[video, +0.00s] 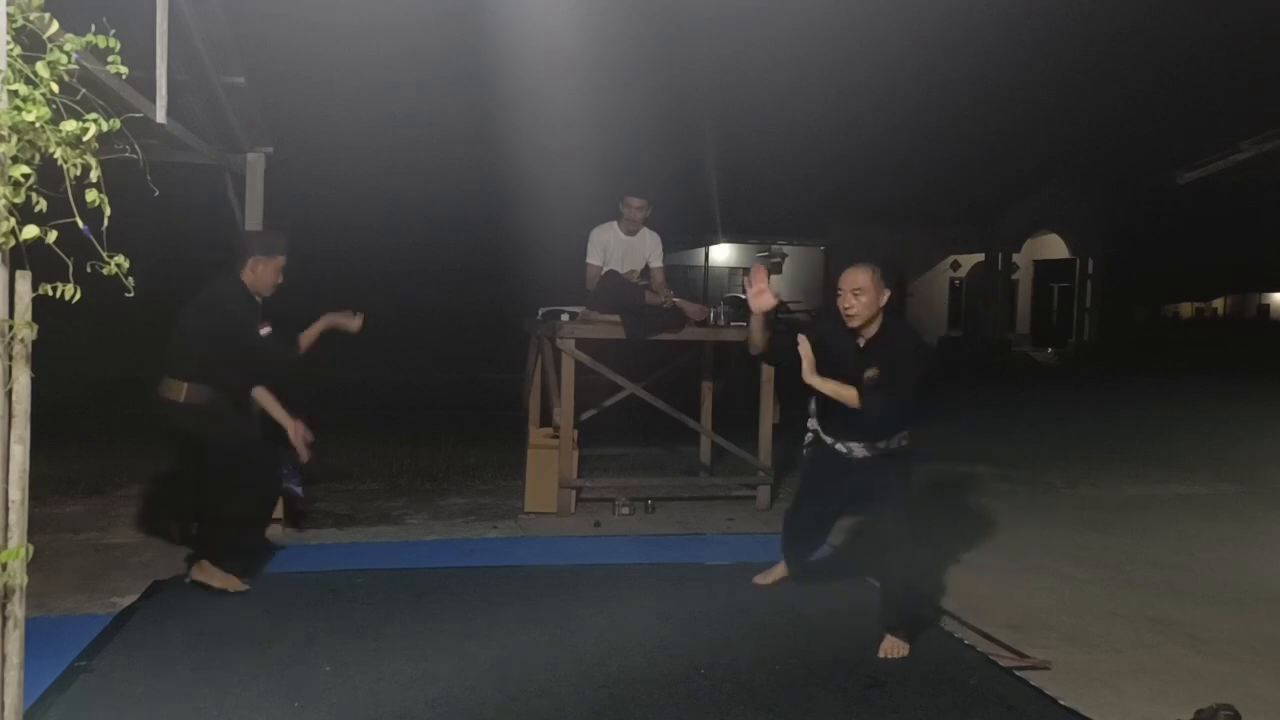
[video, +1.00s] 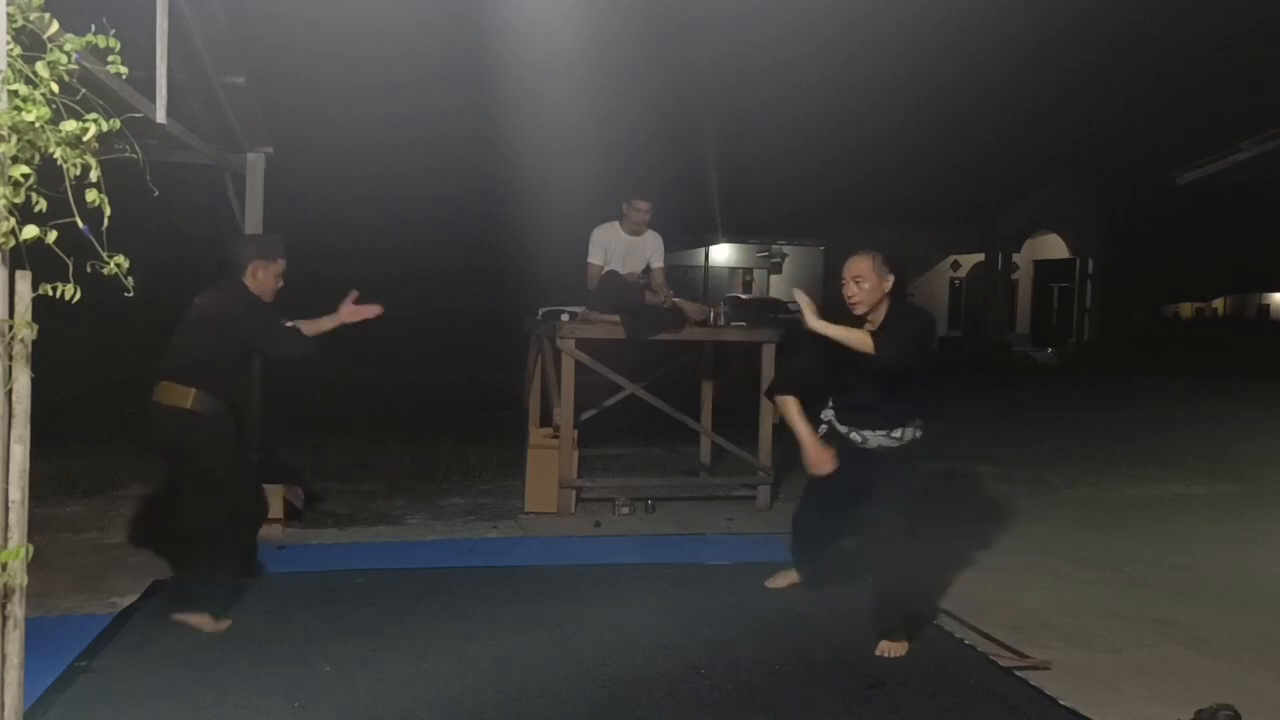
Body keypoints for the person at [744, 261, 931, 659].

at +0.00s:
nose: (846, 303)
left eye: (857, 294)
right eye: (841, 294)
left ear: (884, 297)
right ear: (835, 297)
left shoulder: (903, 343)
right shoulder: (828, 330)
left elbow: (884, 405)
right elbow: (762, 349)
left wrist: (814, 380)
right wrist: (760, 315)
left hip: (885, 456)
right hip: (830, 450)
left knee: (896, 539)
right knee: (804, 513)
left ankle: (897, 626)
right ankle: (792, 562)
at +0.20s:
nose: (838, 298)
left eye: (849, 289)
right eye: (832, 290)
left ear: (872, 294)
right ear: (826, 294)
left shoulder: (888, 338)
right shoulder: (819, 326)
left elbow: (862, 388)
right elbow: (777, 333)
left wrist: (806, 358)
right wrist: (754, 320)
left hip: (873, 453)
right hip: (819, 448)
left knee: (891, 532)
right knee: (795, 514)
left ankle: (896, 619)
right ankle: (792, 566)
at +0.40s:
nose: (836, 294)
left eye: (846, 286)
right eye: (830, 287)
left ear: (870, 290)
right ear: (825, 290)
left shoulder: (886, 334)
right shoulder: (819, 321)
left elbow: (859, 383)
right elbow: (784, 321)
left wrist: (805, 353)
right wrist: (753, 323)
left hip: (872, 451)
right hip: (820, 446)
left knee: (888, 533)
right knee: (796, 514)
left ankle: (896, 620)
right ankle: (792, 565)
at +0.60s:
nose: (835, 293)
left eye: (846, 284)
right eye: (830, 285)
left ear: (869, 288)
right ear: (825, 288)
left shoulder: (885, 332)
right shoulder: (818, 319)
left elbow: (858, 383)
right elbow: (781, 316)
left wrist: (803, 352)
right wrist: (751, 313)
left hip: (870, 446)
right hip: (817, 441)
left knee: (885, 531)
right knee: (797, 509)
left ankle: (896, 620)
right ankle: (791, 564)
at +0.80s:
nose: (838, 295)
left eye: (848, 286)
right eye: (832, 287)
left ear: (872, 289)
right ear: (826, 289)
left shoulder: (890, 330)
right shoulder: (817, 324)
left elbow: (885, 377)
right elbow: (768, 343)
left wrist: (831, 349)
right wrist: (722, 369)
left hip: (872, 446)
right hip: (818, 442)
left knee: (886, 528)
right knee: (799, 507)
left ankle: (895, 618)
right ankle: (792, 565)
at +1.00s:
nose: (850, 290)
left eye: (859, 281)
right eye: (845, 283)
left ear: (887, 282)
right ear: (841, 287)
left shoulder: (914, 322)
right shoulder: (829, 325)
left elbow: (888, 349)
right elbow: (783, 388)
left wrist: (818, 325)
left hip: (898, 449)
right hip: (841, 443)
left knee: (891, 533)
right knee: (812, 514)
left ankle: (895, 623)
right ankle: (809, 568)